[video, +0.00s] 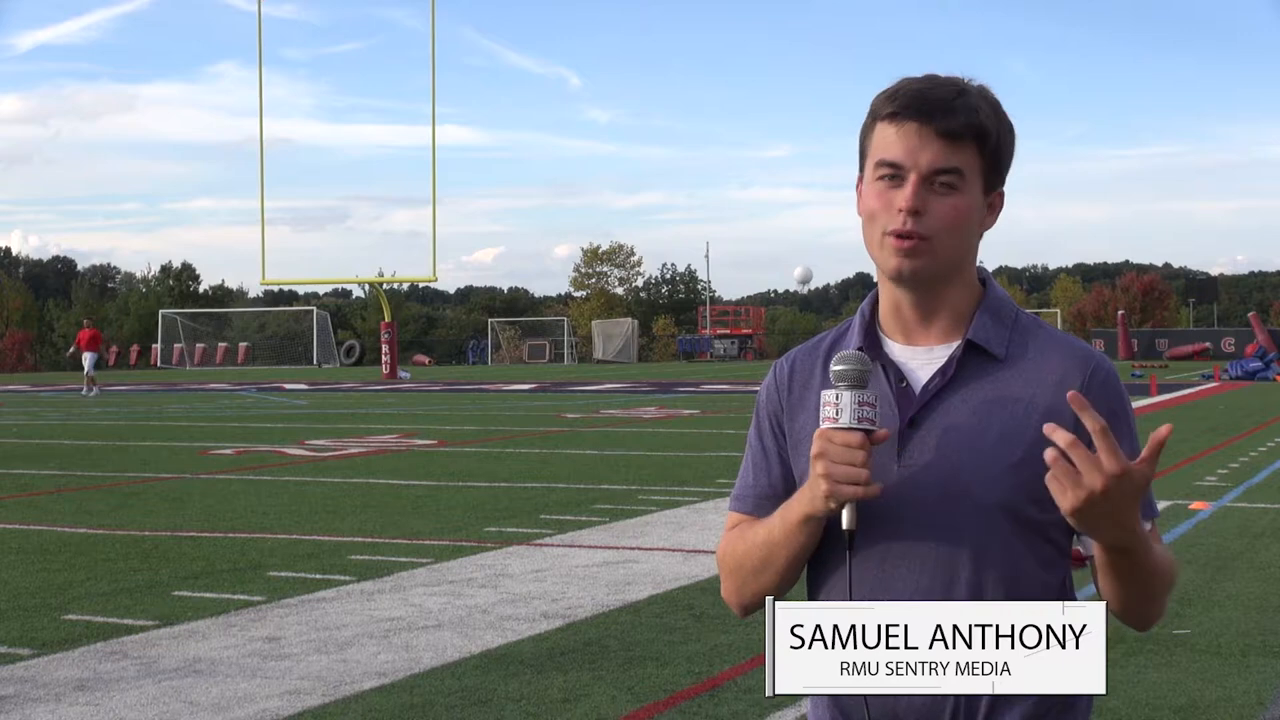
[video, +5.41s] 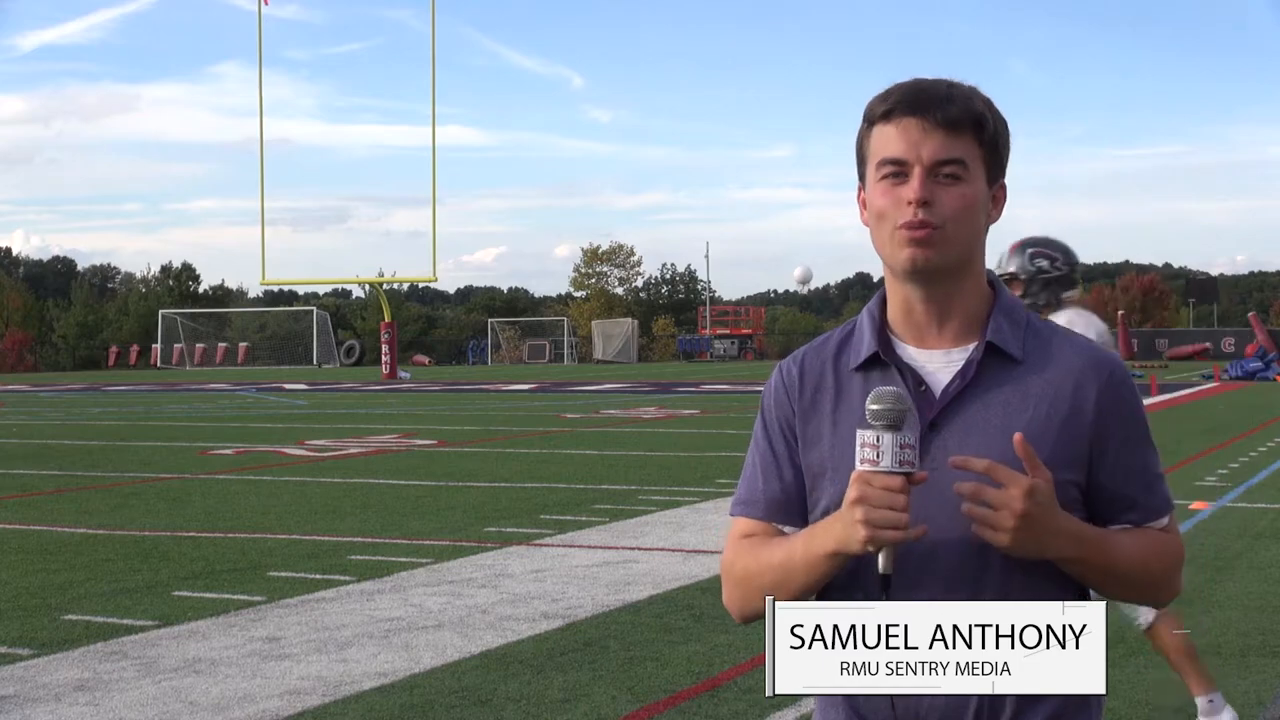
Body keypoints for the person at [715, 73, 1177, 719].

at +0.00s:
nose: (907, 203)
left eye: (943, 181)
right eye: (888, 176)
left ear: (991, 207)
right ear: (860, 195)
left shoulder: (1074, 379)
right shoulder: (796, 380)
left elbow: (1143, 611)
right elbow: (738, 588)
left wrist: (1120, 536)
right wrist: (811, 499)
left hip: (1025, 705)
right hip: (848, 706)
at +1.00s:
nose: (914, 211)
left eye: (949, 188)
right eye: (893, 182)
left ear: (993, 208)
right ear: (861, 196)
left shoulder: (1076, 381)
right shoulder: (798, 382)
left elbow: (1167, 581)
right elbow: (740, 587)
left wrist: (1053, 564)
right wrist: (837, 496)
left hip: (1022, 708)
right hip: (845, 707)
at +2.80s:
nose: (913, 197)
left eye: (942, 174)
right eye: (887, 176)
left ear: (987, 198)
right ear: (856, 205)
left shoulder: (1079, 374)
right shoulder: (799, 378)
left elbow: (1162, 600)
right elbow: (733, 584)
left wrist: (1097, 493)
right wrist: (827, 479)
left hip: (1028, 704)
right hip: (851, 707)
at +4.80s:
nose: (900, 199)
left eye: (934, 180)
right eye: (881, 177)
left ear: (989, 204)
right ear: (858, 199)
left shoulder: (1080, 376)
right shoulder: (801, 384)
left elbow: (1151, 591)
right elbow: (748, 584)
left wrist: (1044, 503)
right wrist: (820, 513)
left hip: (1036, 705)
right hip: (858, 706)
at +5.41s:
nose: (917, 196)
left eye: (947, 174)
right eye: (894, 174)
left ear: (995, 200)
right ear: (865, 206)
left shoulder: (1089, 380)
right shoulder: (800, 385)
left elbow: (1162, 573)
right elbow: (740, 588)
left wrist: (1060, 536)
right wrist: (838, 533)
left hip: (1040, 707)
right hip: (857, 709)